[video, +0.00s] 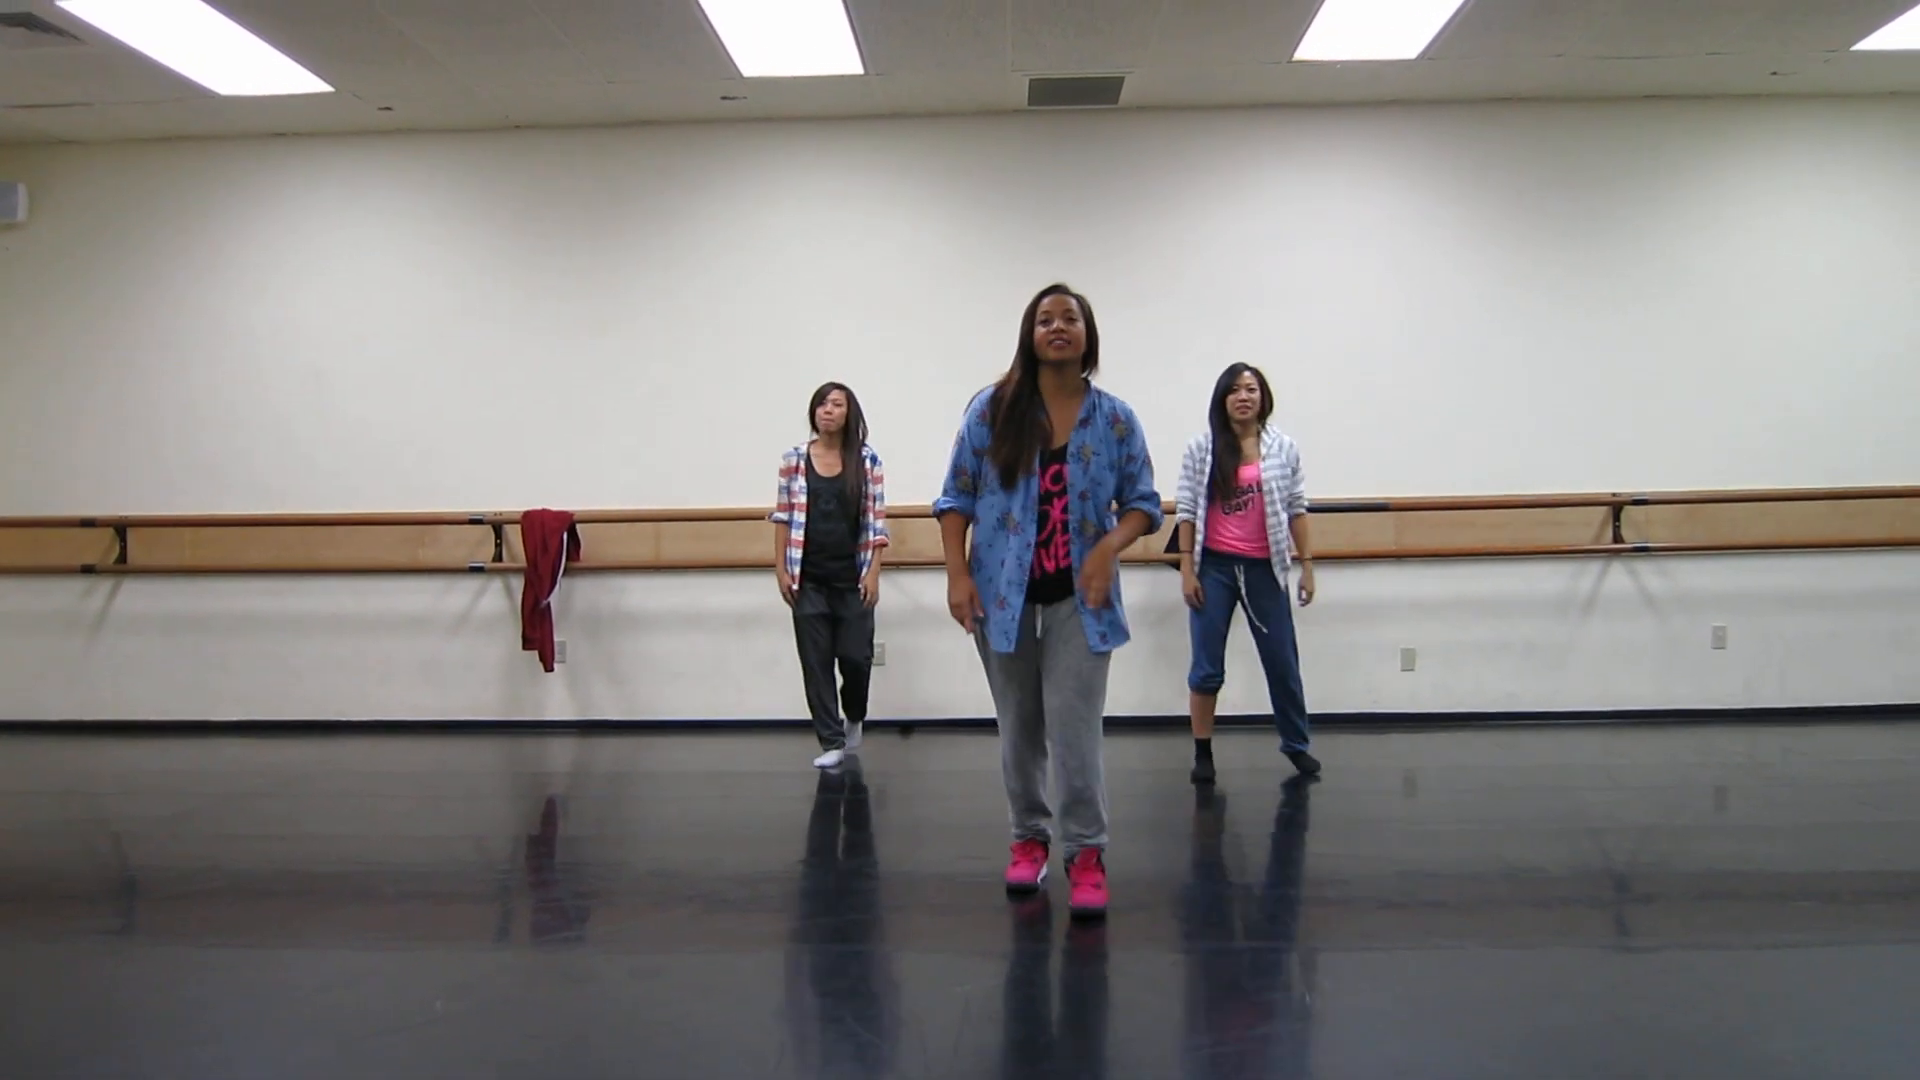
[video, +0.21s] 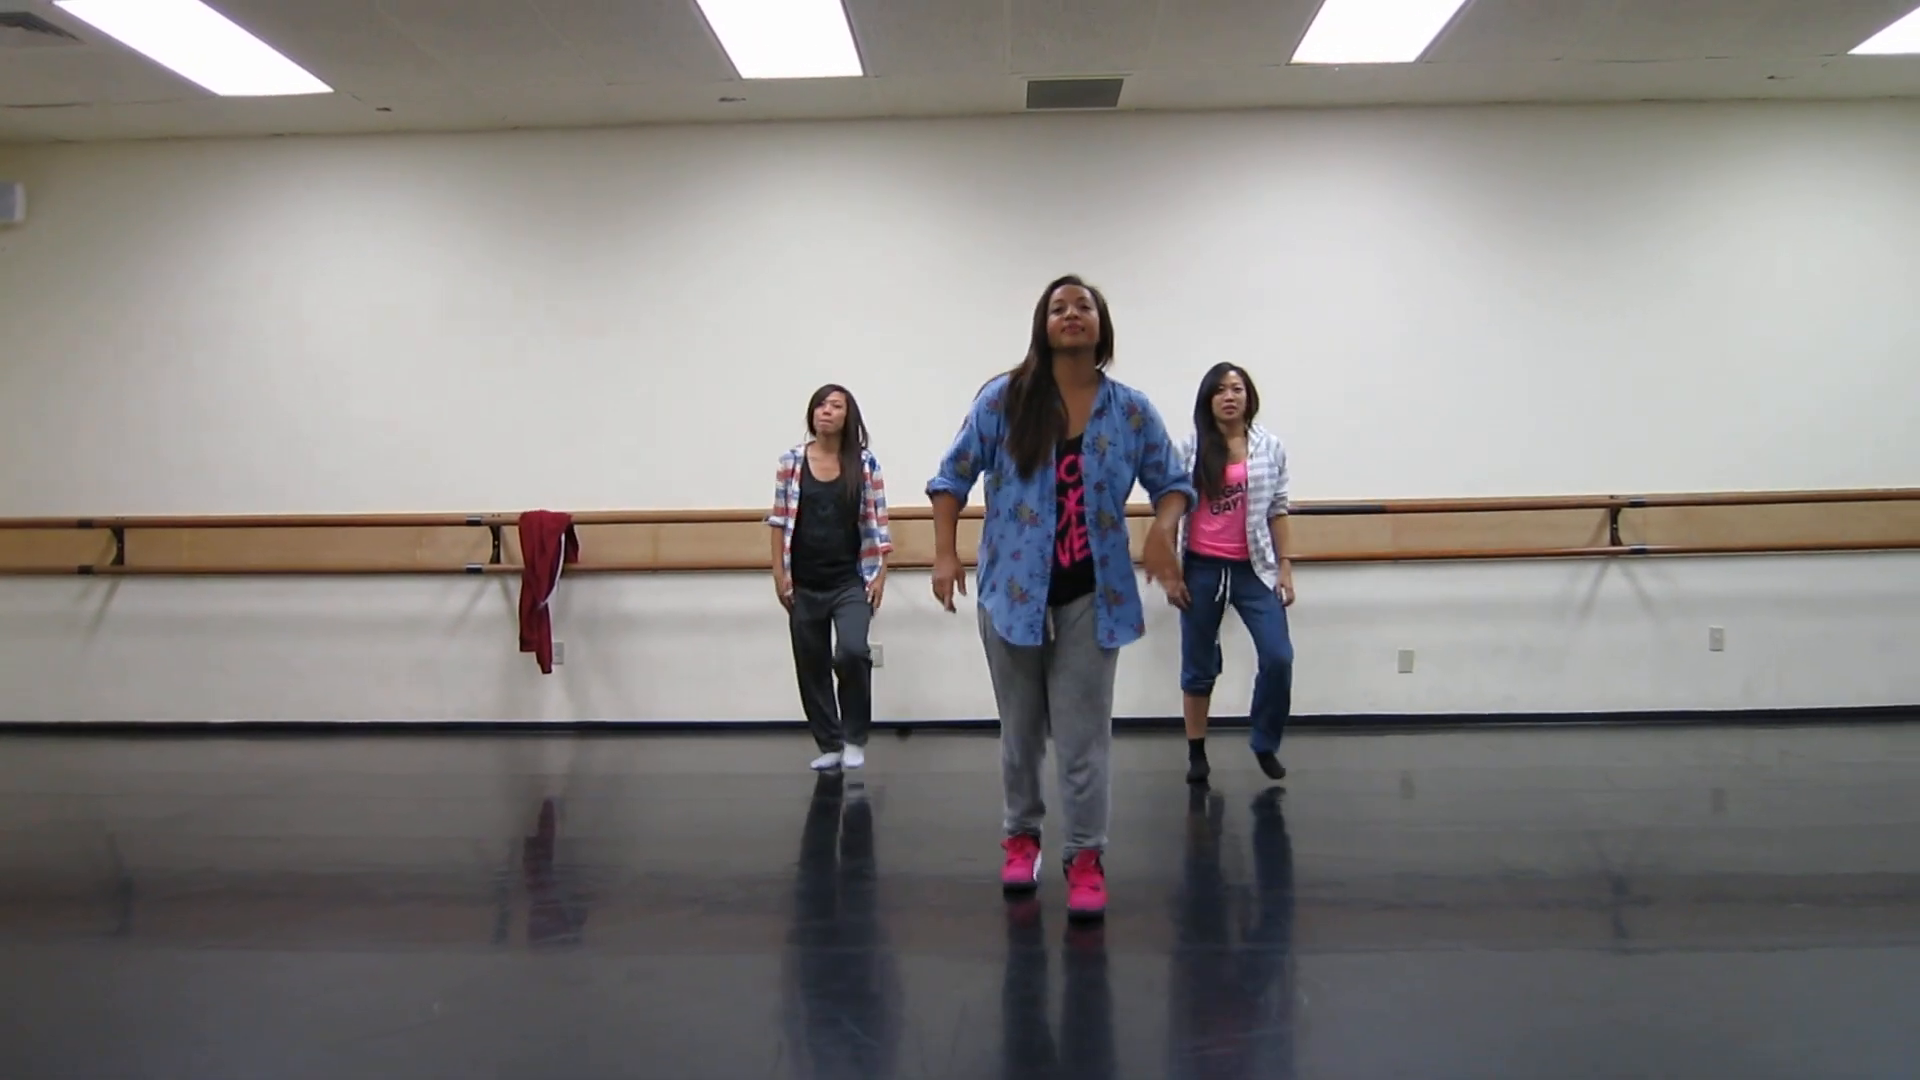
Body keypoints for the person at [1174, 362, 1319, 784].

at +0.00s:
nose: (1243, 396)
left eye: (1251, 390)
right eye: (1234, 390)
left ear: (1263, 399)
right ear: (1221, 400)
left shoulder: (1282, 448)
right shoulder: (1201, 449)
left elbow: (1296, 509)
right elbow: (1187, 512)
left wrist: (1305, 564)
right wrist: (1187, 569)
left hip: (1265, 567)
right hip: (1214, 566)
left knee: (1283, 661)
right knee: (1206, 665)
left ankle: (1297, 746)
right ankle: (1203, 754)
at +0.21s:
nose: (1229, 396)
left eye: (1237, 389)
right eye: (1220, 390)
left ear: (1249, 398)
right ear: (1206, 400)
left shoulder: (1269, 448)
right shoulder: (1188, 448)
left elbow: (1278, 512)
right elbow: (1168, 511)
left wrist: (1284, 568)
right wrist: (1169, 569)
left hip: (1253, 566)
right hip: (1201, 566)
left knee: (1279, 656)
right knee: (1199, 663)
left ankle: (1265, 743)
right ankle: (1196, 753)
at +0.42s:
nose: (1233, 397)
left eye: (1240, 390)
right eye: (1223, 393)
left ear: (1253, 399)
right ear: (1210, 406)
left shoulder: (1275, 445)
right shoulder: (1198, 450)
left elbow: (1303, 484)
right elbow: (1171, 487)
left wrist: (1322, 512)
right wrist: (1156, 520)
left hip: (1262, 579)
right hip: (1209, 577)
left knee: (1270, 679)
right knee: (1201, 676)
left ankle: (1270, 780)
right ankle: (1200, 751)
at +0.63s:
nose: (1261, 409)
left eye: (1267, 402)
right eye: (1251, 403)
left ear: (1275, 412)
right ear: (1232, 414)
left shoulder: (1287, 460)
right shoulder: (1214, 458)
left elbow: (1313, 503)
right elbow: (1203, 511)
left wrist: (1319, 515)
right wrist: (1212, 506)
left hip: (1268, 579)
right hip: (1219, 578)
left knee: (1281, 668)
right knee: (1266, 641)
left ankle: (1273, 773)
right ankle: (1267, 742)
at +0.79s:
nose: (1252, 410)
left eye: (1259, 402)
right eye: (1242, 404)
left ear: (1270, 410)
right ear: (1227, 413)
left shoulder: (1287, 455)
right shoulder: (1209, 456)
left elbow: (1295, 512)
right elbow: (1220, 501)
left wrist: (1241, 518)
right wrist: (1287, 499)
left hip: (1274, 577)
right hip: (1223, 576)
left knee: (1290, 671)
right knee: (1269, 635)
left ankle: (1269, 777)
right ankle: (1281, 740)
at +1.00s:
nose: (1231, 409)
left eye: (1238, 399)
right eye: (1220, 403)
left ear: (1254, 403)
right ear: (1210, 414)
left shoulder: (1285, 439)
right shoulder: (1196, 460)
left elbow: (1356, 425)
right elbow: (1130, 453)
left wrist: (1328, 435)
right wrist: (1166, 443)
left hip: (1272, 589)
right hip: (1210, 589)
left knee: (1319, 680)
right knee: (1176, 686)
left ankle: (1367, 775)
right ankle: (1151, 783)